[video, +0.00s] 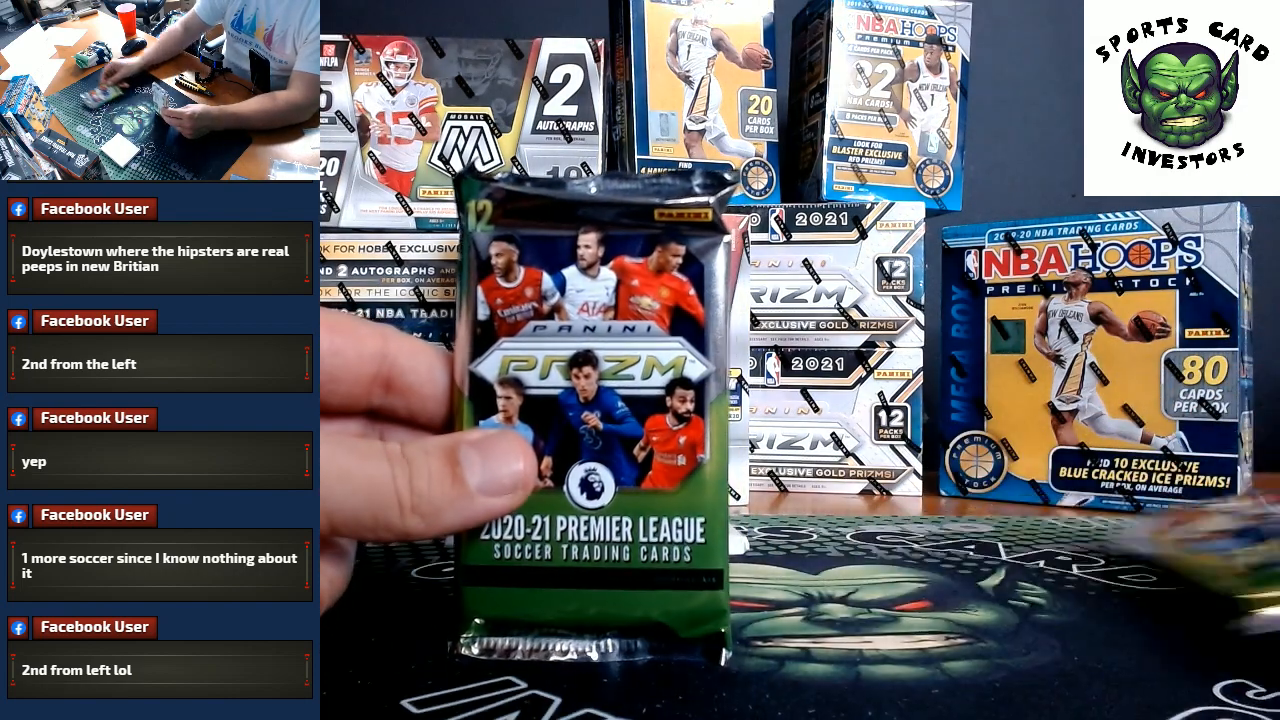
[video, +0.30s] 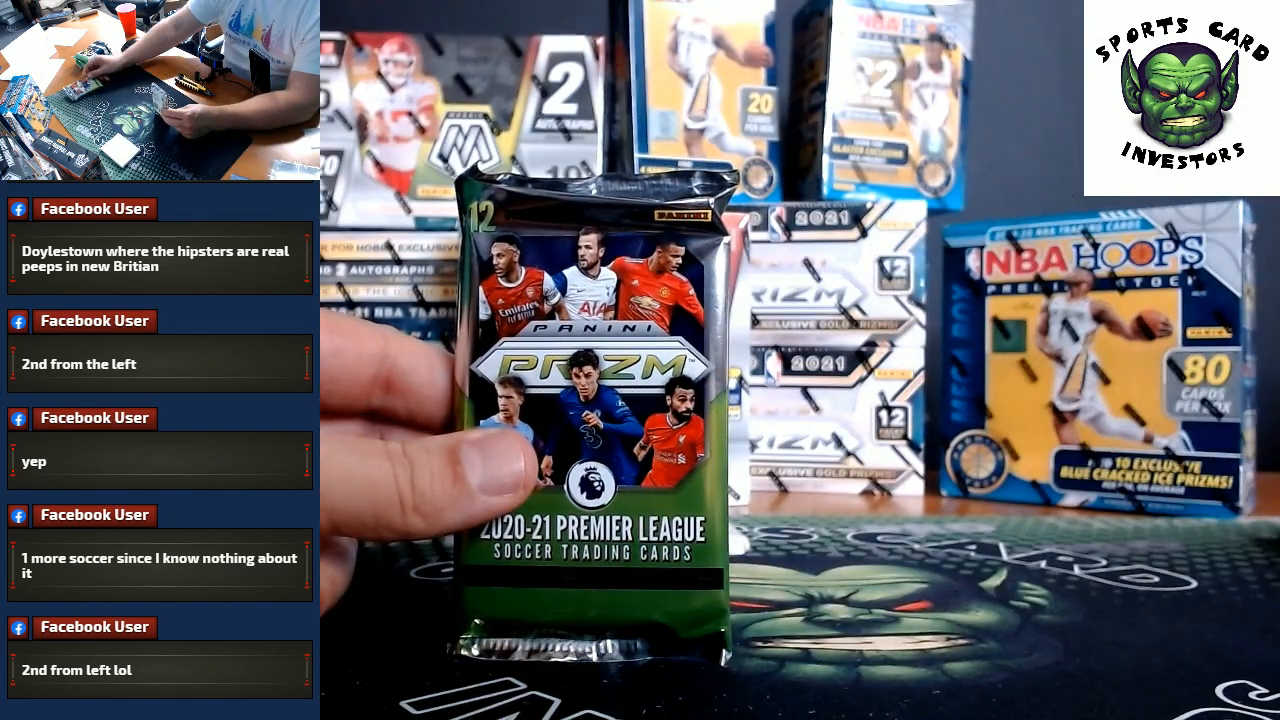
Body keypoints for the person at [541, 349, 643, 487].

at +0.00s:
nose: (582, 384)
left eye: (587, 377)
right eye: (577, 377)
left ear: (597, 375)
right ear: (571, 378)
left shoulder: (608, 397)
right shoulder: (566, 400)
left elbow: (636, 430)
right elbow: (559, 427)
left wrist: (603, 427)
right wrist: (549, 455)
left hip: (618, 470)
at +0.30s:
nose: (583, 383)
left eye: (588, 376)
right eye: (577, 376)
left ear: (597, 373)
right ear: (571, 376)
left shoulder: (609, 397)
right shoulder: (566, 399)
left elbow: (637, 429)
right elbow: (559, 426)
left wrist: (603, 426)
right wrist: (549, 454)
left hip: (619, 469)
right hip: (588, 466)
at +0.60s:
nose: (581, 383)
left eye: (586, 376)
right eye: (575, 377)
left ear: (595, 374)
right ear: (569, 377)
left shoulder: (607, 398)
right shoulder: (565, 400)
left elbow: (636, 430)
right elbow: (557, 428)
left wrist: (602, 427)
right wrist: (548, 455)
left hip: (619, 471)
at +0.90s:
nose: (589, 385)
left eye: (594, 378)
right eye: (584, 379)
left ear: (604, 376)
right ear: (578, 378)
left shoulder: (615, 400)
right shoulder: (572, 402)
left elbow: (644, 432)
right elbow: (565, 429)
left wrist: (611, 429)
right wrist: (555, 457)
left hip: (627, 472)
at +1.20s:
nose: (591, 386)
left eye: (597, 379)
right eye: (586, 379)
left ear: (606, 376)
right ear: (580, 378)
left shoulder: (618, 400)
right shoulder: (575, 402)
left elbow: (646, 432)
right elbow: (567, 430)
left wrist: (613, 429)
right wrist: (558, 457)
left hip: (629, 473)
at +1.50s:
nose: (591, 385)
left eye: (596, 378)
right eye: (586, 379)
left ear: (606, 376)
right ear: (580, 378)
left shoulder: (617, 399)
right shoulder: (574, 402)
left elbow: (646, 432)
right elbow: (567, 429)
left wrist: (612, 429)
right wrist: (558, 457)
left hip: (630, 473)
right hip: (598, 471)